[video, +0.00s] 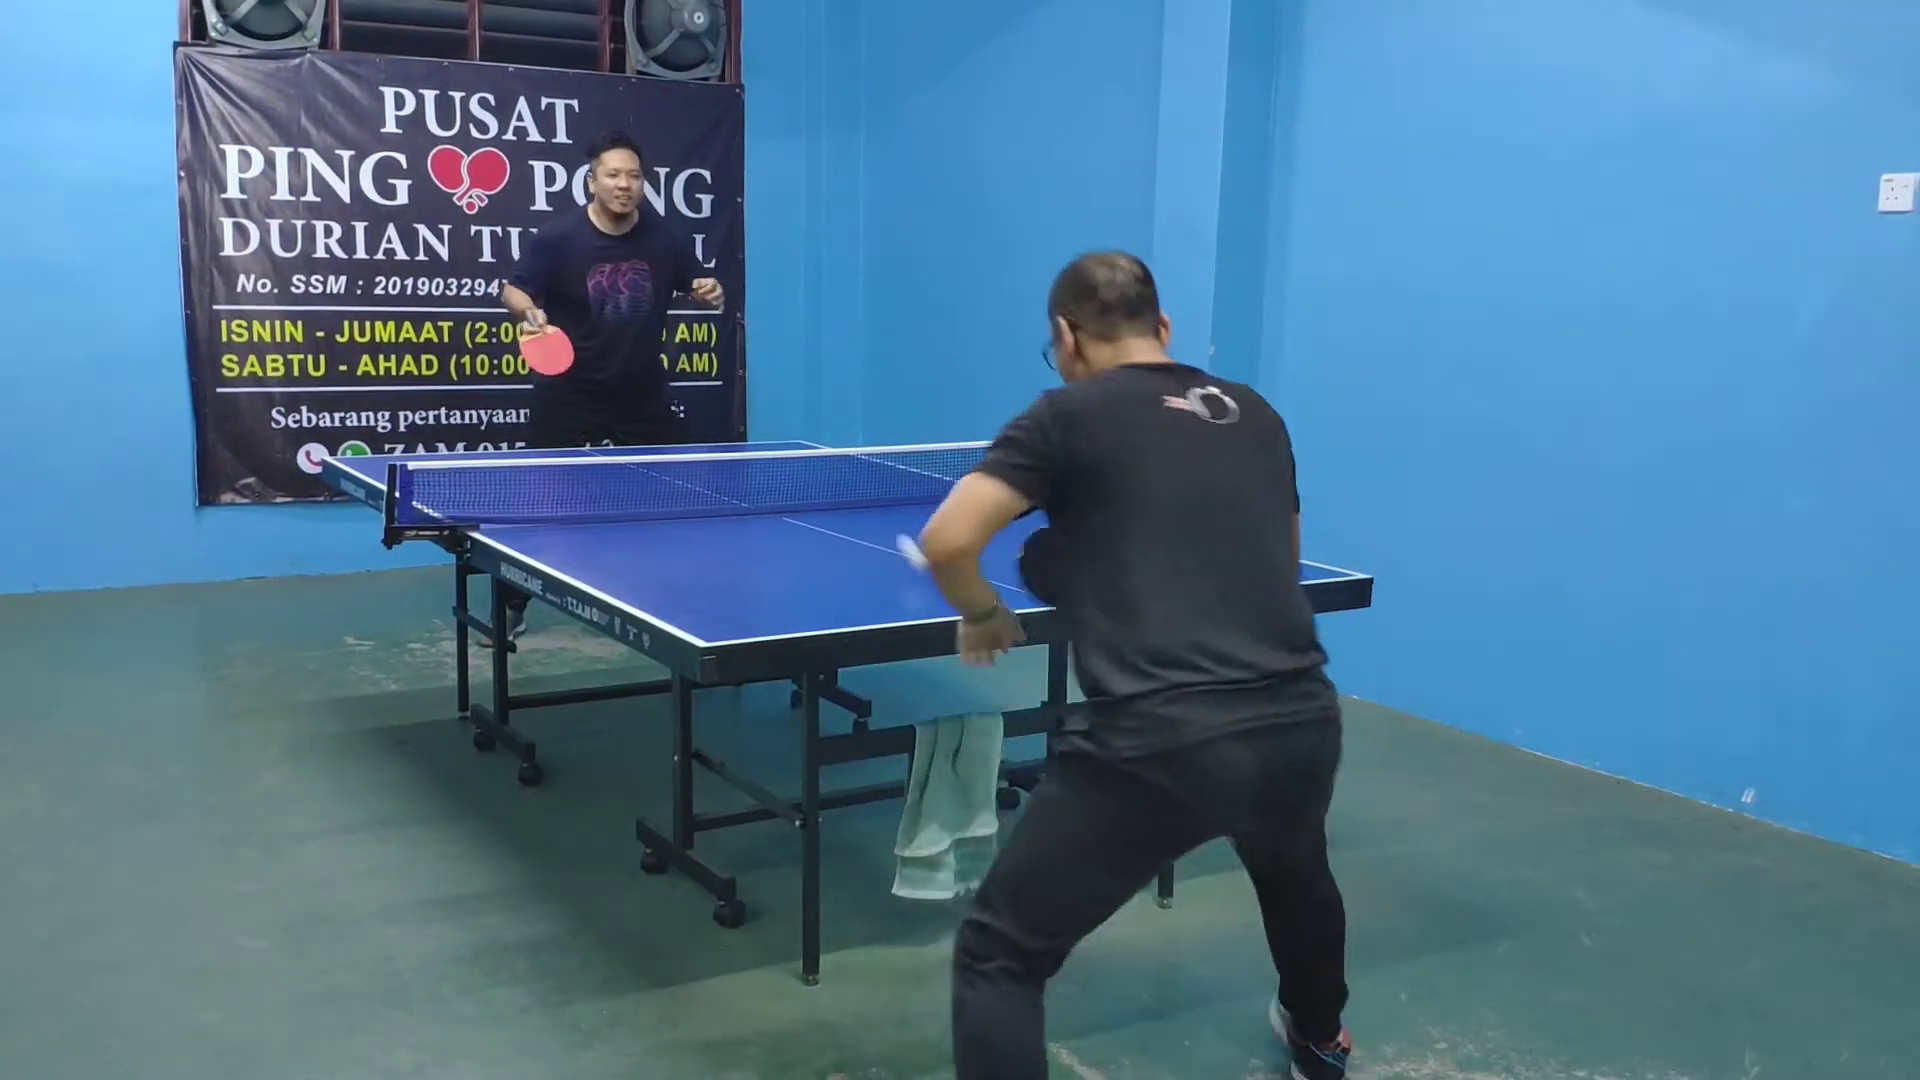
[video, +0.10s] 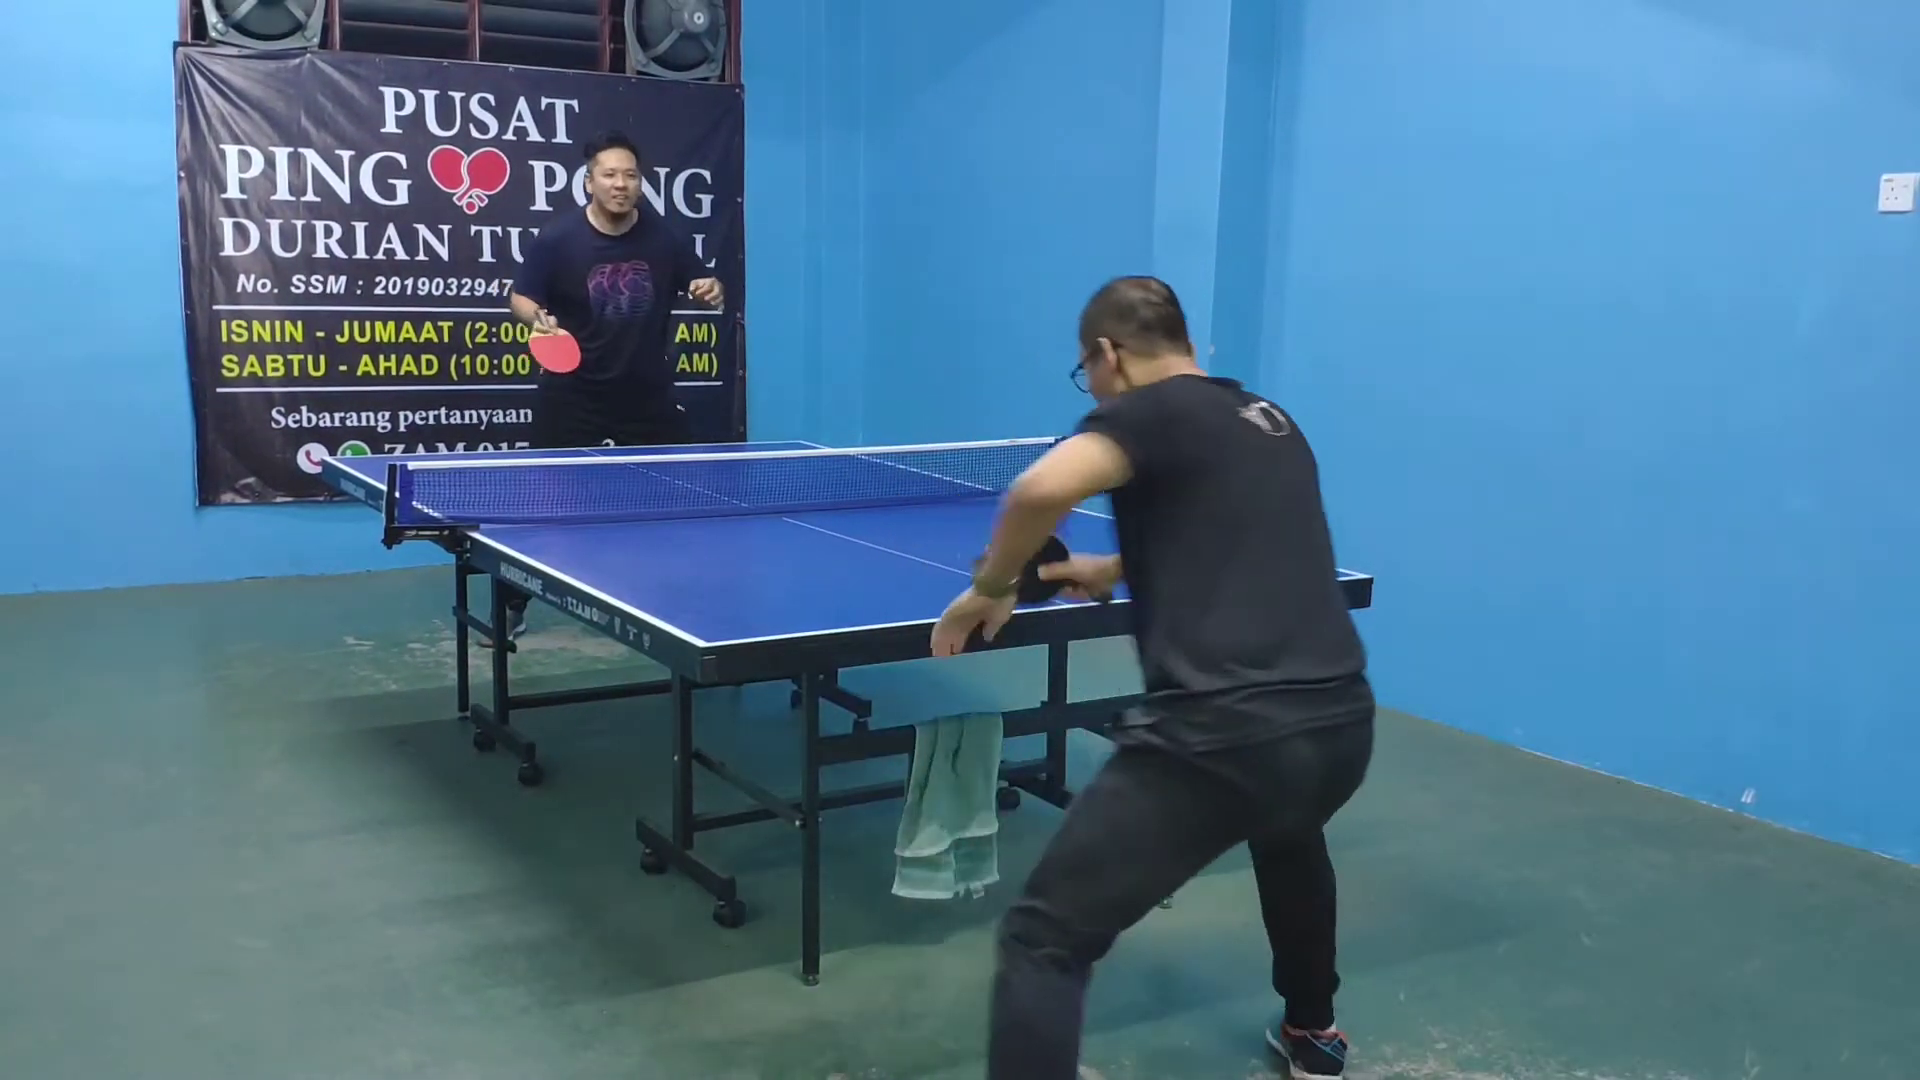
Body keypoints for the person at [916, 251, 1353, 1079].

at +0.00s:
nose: (1057, 360)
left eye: (1055, 346)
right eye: (1059, 347)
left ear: (1068, 337)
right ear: (1165, 330)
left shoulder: (1067, 416)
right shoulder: (1254, 412)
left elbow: (946, 542)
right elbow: (1285, 558)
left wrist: (981, 611)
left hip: (1151, 751)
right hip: (1296, 734)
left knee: (999, 955)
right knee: (1298, 877)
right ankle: (1320, 1043)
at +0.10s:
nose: (1092, 392)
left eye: (1089, 372)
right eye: (1086, 377)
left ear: (1112, 354)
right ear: (1185, 345)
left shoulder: (1145, 416)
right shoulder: (1269, 420)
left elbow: (1038, 491)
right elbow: (1232, 537)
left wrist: (990, 588)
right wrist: (1109, 571)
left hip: (1214, 739)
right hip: (1336, 727)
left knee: (1044, 937)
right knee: (1285, 823)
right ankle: (1313, 1033)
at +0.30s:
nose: (1127, 326)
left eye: (1122, 304)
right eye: (1120, 307)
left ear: (1152, 288)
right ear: (1206, 279)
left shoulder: (1223, 337)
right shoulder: (1245, 370)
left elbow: (1305, 340)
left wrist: (1195, 465)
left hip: (1282, 663)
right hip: (1358, 659)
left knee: (1147, 881)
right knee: (1279, 806)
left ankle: (1134, 1066)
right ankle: (1314, 1027)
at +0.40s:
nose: (1142, 268)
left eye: (1142, 247)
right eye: (1141, 248)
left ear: (1173, 243)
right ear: (1230, 240)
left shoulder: (1232, 305)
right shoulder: (1271, 327)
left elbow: (1341, 334)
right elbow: (1375, 430)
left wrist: (1287, 480)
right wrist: (1260, 425)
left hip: (1292, 630)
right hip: (1367, 626)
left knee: (1189, 866)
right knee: (1295, 796)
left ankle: (1189, 1067)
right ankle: (1339, 1008)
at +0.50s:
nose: (1163, 247)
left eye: (1167, 229)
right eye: (1164, 229)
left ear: (1198, 234)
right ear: (1258, 233)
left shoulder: (1251, 311)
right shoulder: (1324, 317)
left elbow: (1323, 378)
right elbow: (1407, 446)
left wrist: (1268, 548)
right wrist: (1300, 431)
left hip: (1306, 624)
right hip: (1379, 624)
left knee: (1200, 869)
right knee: (1309, 802)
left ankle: (1232, 1066)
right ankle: (1356, 1008)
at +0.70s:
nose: (1177, 296)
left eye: (1180, 279)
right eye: (1177, 279)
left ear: (1209, 282)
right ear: (1285, 280)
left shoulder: (1235, 364)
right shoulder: (1363, 362)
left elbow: (1192, 493)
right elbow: (1430, 510)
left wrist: (1099, 616)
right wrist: (1311, 524)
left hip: (1334, 692)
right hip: (1439, 675)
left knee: (1204, 913)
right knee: (1371, 792)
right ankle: (1386, 1002)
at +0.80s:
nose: (1181, 316)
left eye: (1184, 299)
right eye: (1181, 299)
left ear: (1214, 303)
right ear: (1291, 299)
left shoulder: (1246, 381)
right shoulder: (1376, 374)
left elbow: (1198, 511)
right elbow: (1428, 515)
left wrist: (1105, 613)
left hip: (1362, 698)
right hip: (1467, 679)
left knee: (1217, 914)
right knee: (1410, 814)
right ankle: (1469, 1025)